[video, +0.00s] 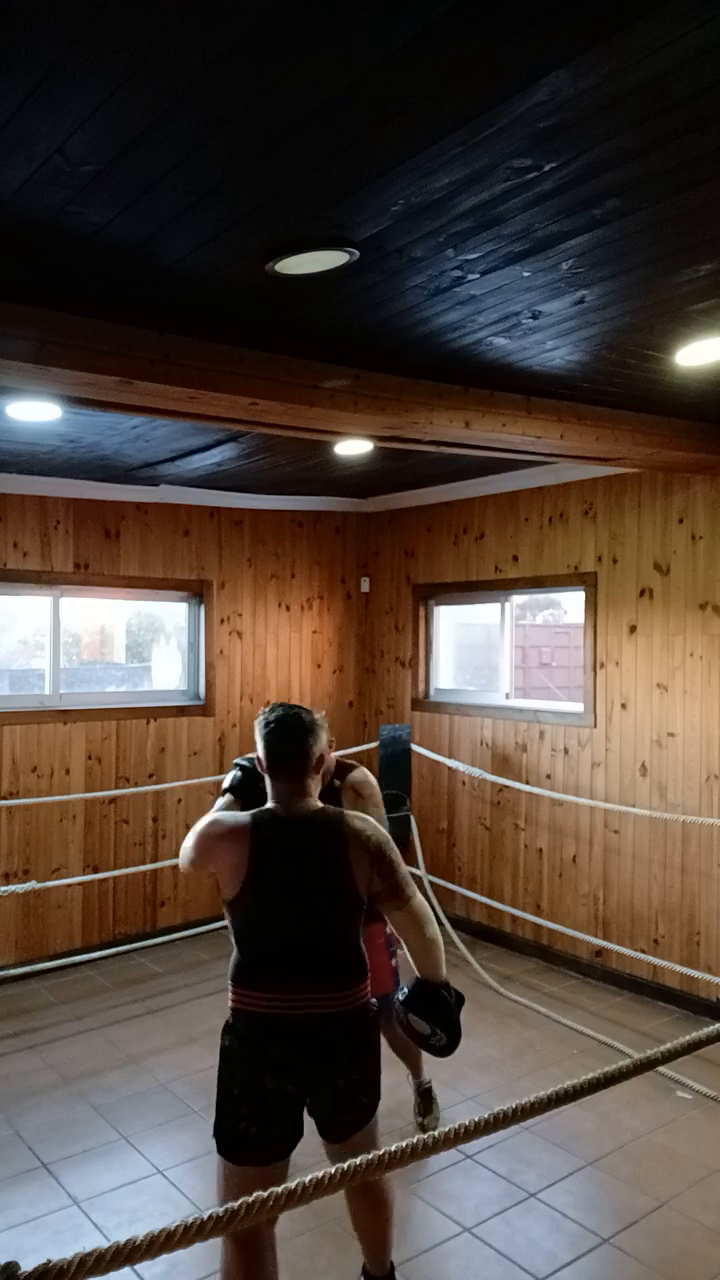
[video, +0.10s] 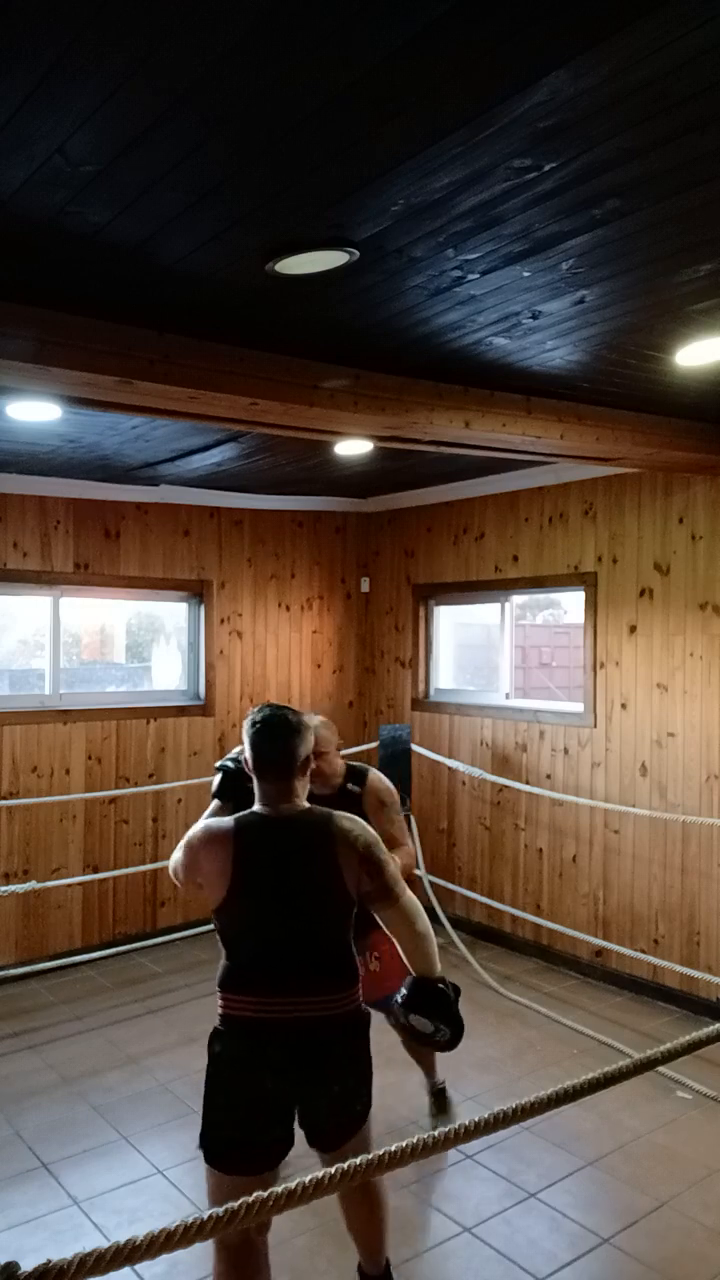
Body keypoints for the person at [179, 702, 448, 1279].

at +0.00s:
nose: (330, 758)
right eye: (328, 750)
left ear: (256, 766)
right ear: (322, 763)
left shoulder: (228, 835)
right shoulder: (362, 835)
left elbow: (193, 855)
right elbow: (409, 912)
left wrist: (231, 794)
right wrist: (435, 989)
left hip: (259, 1037)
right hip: (344, 1034)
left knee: (248, 1211)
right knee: (360, 1164)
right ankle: (380, 1270)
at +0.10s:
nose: (319, 759)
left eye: (317, 750)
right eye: (316, 751)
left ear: (243, 767)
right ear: (307, 761)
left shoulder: (216, 840)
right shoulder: (350, 834)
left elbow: (184, 875)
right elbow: (400, 910)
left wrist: (220, 801)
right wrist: (431, 986)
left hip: (248, 1043)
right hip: (336, 1038)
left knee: (239, 1223)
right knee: (354, 1167)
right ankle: (376, 1270)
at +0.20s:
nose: (310, 759)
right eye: (307, 751)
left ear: (237, 760)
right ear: (300, 758)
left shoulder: (203, 835)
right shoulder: (342, 832)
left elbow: (180, 878)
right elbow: (400, 921)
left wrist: (219, 806)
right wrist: (422, 986)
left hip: (238, 1040)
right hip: (327, 1035)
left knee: (238, 1226)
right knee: (333, 1156)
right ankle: (345, 1267)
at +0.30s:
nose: (310, 761)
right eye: (310, 752)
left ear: (240, 759)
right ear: (301, 760)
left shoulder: (199, 829)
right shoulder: (335, 833)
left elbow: (181, 873)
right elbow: (397, 925)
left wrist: (222, 802)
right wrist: (415, 985)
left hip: (226, 1039)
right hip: (315, 1037)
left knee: (226, 1219)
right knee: (311, 1181)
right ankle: (301, 1276)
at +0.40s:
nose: (314, 766)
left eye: (311, 759)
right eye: (314, 759)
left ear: (251, 762)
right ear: (307, 767)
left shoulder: (202, 828)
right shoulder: (335, 840)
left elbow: (188, 869)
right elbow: (390, 929)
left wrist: (233, 796)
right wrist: (407, 994)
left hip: (214, 1040)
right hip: (303, 1040)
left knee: (191, 1208)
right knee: (303, 1182)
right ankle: (299, 1276)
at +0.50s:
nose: (317, 772)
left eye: (315, 764)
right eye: (316, 765)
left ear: (248, 767)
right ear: (309, 772)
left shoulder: (198, 829)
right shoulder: (333, 846)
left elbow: (202, 881)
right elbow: (378, 931)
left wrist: (243, 796)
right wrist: (398, 999)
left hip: (203, 1042)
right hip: (293, 1046)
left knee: (152, 1181)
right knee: (300, 1181)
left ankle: (167, 1276)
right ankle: (299, 1275)